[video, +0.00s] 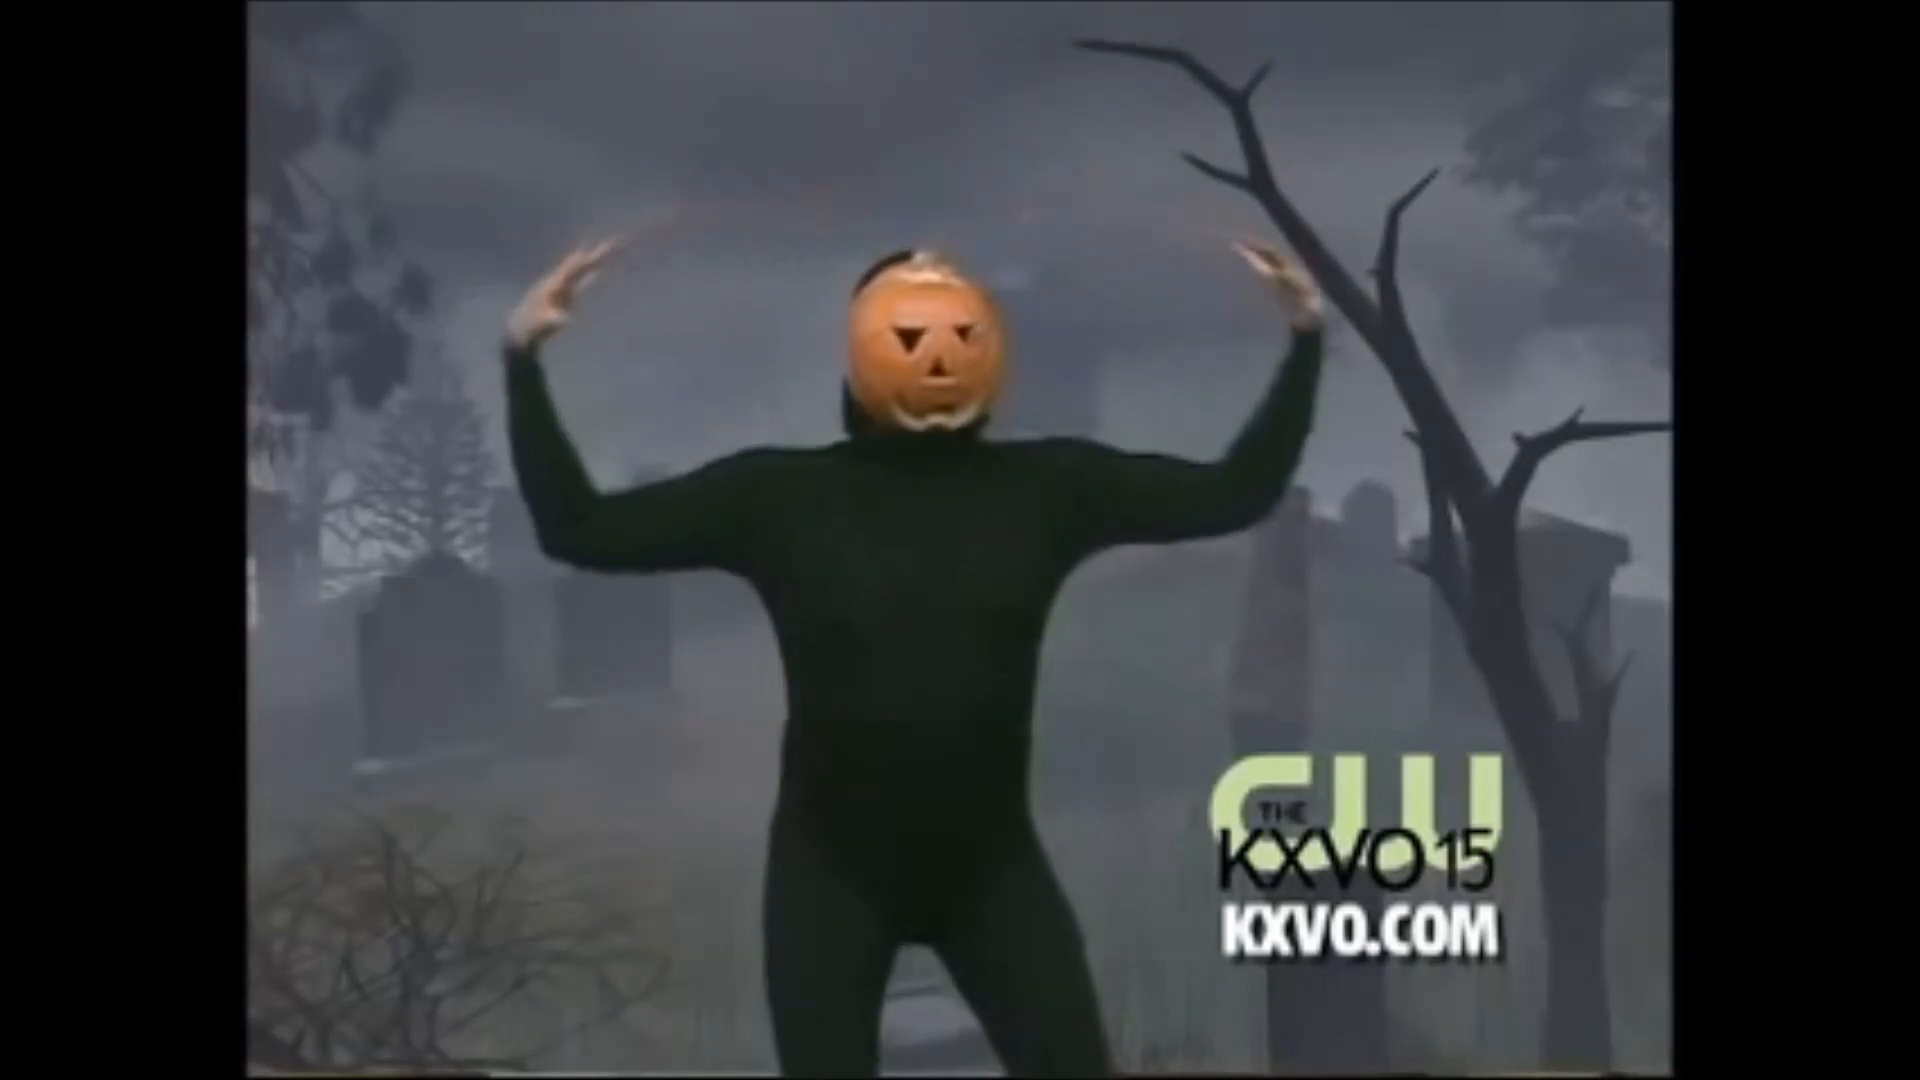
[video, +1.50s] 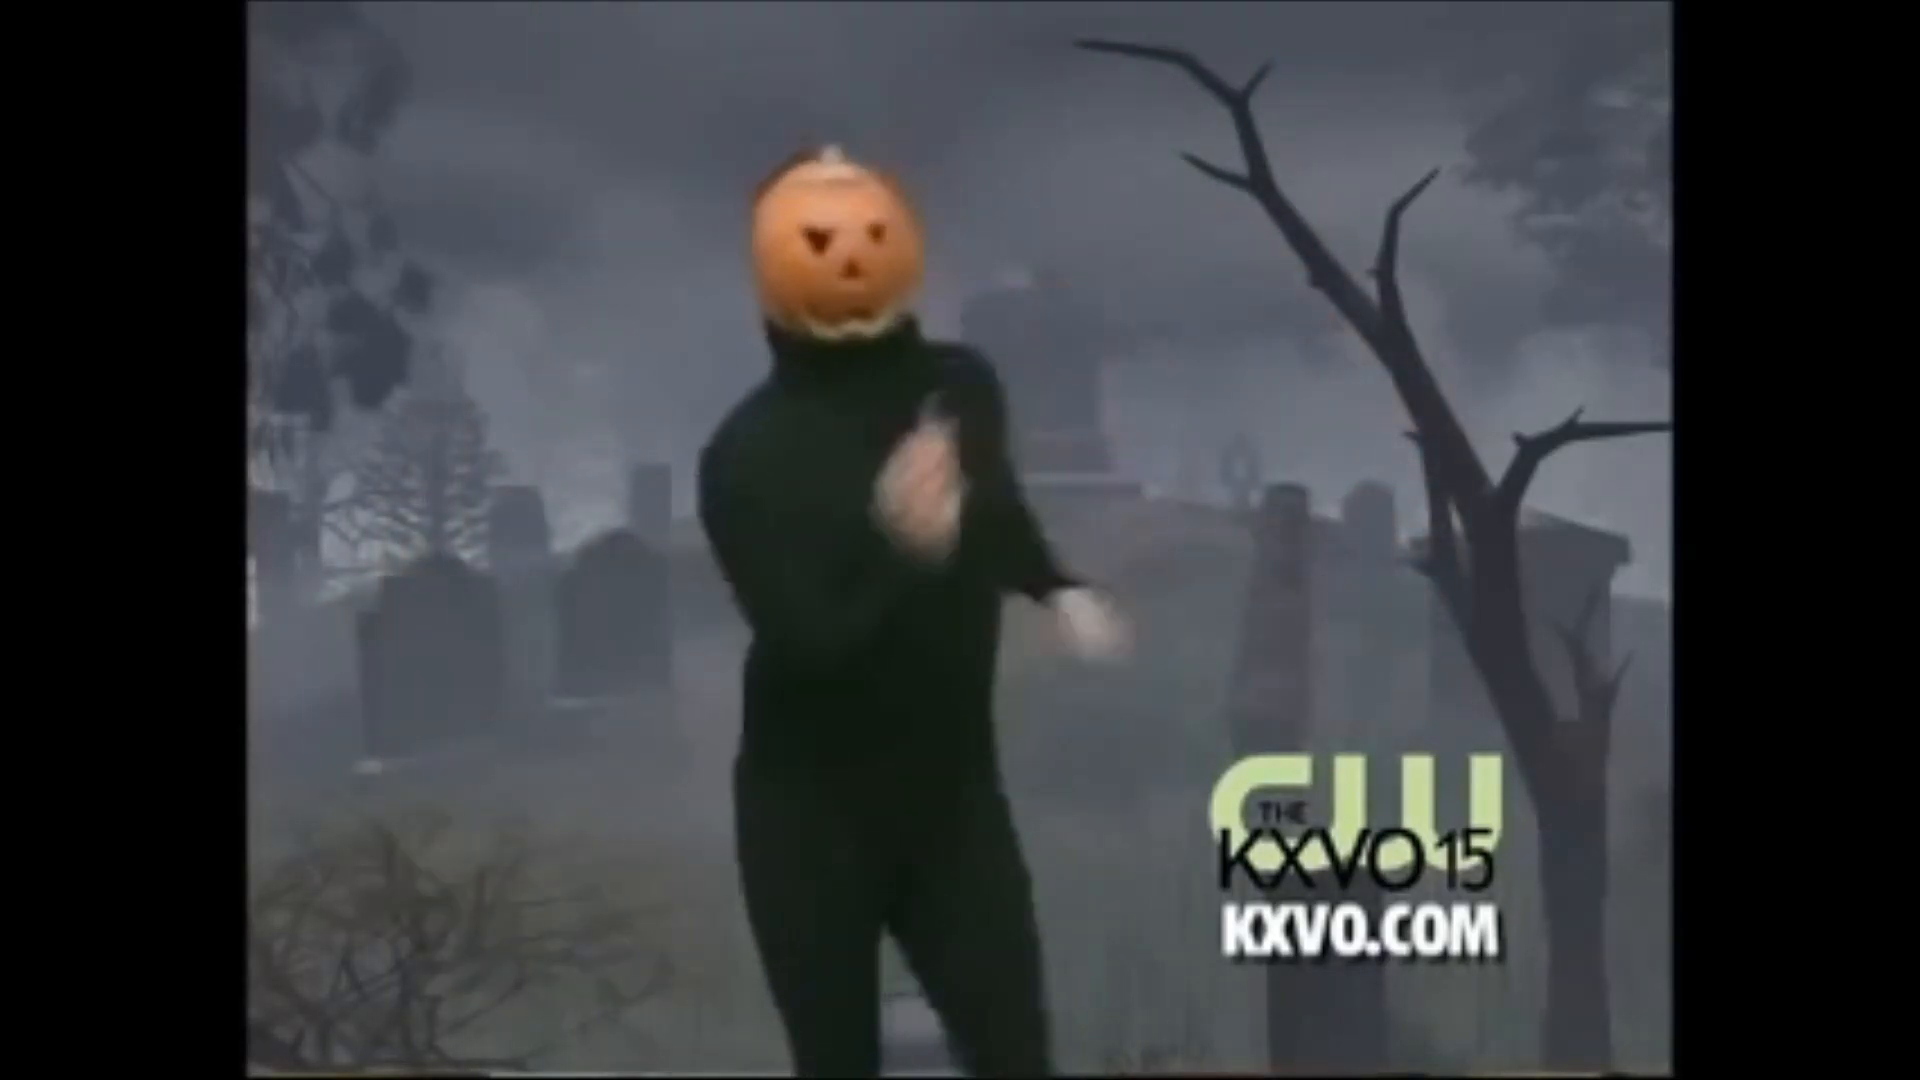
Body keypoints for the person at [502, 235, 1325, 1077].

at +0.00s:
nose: (937, 352)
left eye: (964, 331)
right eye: (903, 330)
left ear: (998, 364)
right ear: (853, 365)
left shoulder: (1053, 487)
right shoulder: (775, 494)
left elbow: (1239, 493)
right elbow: (580, 530)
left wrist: (1306, 341)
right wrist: (523, 360)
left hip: (992, 866)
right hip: (829, 873)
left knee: (1076, 1066)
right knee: (824, 1070)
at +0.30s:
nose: (924, 352)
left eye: (950, 333)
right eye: (892, 333)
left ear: (988, 365)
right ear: (843, 367)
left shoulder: (1042, 496)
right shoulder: (772, 508)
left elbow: (1219, 543)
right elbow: (598, 610)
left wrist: (1356, 416)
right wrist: (463, 488)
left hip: (986, 871)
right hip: (821, 877)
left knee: (1063, 1066)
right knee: (819, 1071)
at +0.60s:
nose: (901, 336)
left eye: (925, 321)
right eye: (869, 326)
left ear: (964, 364)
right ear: (829, 370)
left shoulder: (1018, 505)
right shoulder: (764, 518)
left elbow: (1183, 590)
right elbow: (622, 675)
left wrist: (1356, 535)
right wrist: (444, 668)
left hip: (977, 872)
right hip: (815, 878)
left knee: (1056, 1062)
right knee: (812, 1072)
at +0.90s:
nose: (886, 360)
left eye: (912, 336)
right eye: (854, 338)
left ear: (948, 353)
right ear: (802, 358)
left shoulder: (988, 486)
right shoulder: (761, 518)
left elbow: (1064, 621)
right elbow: (716, 728)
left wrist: (1158, 732)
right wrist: (670, 883)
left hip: (972, 864)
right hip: (817, 876)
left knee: (1010, 1063)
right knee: (818, 1063)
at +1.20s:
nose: (897, 273)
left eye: (917, 250)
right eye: (860, 255)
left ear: (953, 278)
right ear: (805, 296)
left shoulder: (973, 407)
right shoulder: (790, 462)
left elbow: (977, 610)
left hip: (950, 734)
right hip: (827, 770)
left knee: (1045, 788)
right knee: (851, 1058)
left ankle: (995, 1060)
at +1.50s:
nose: (850, 255)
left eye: (876, 231)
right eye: (816, 237)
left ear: (911, 253)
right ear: (769, 274)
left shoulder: (960, 387)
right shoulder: (749, 453)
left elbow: (995, 515)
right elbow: (809, 634)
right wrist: (898, 546)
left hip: (949, 791)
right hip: (810, 810)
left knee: (1013, 1052)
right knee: (837, 1060)